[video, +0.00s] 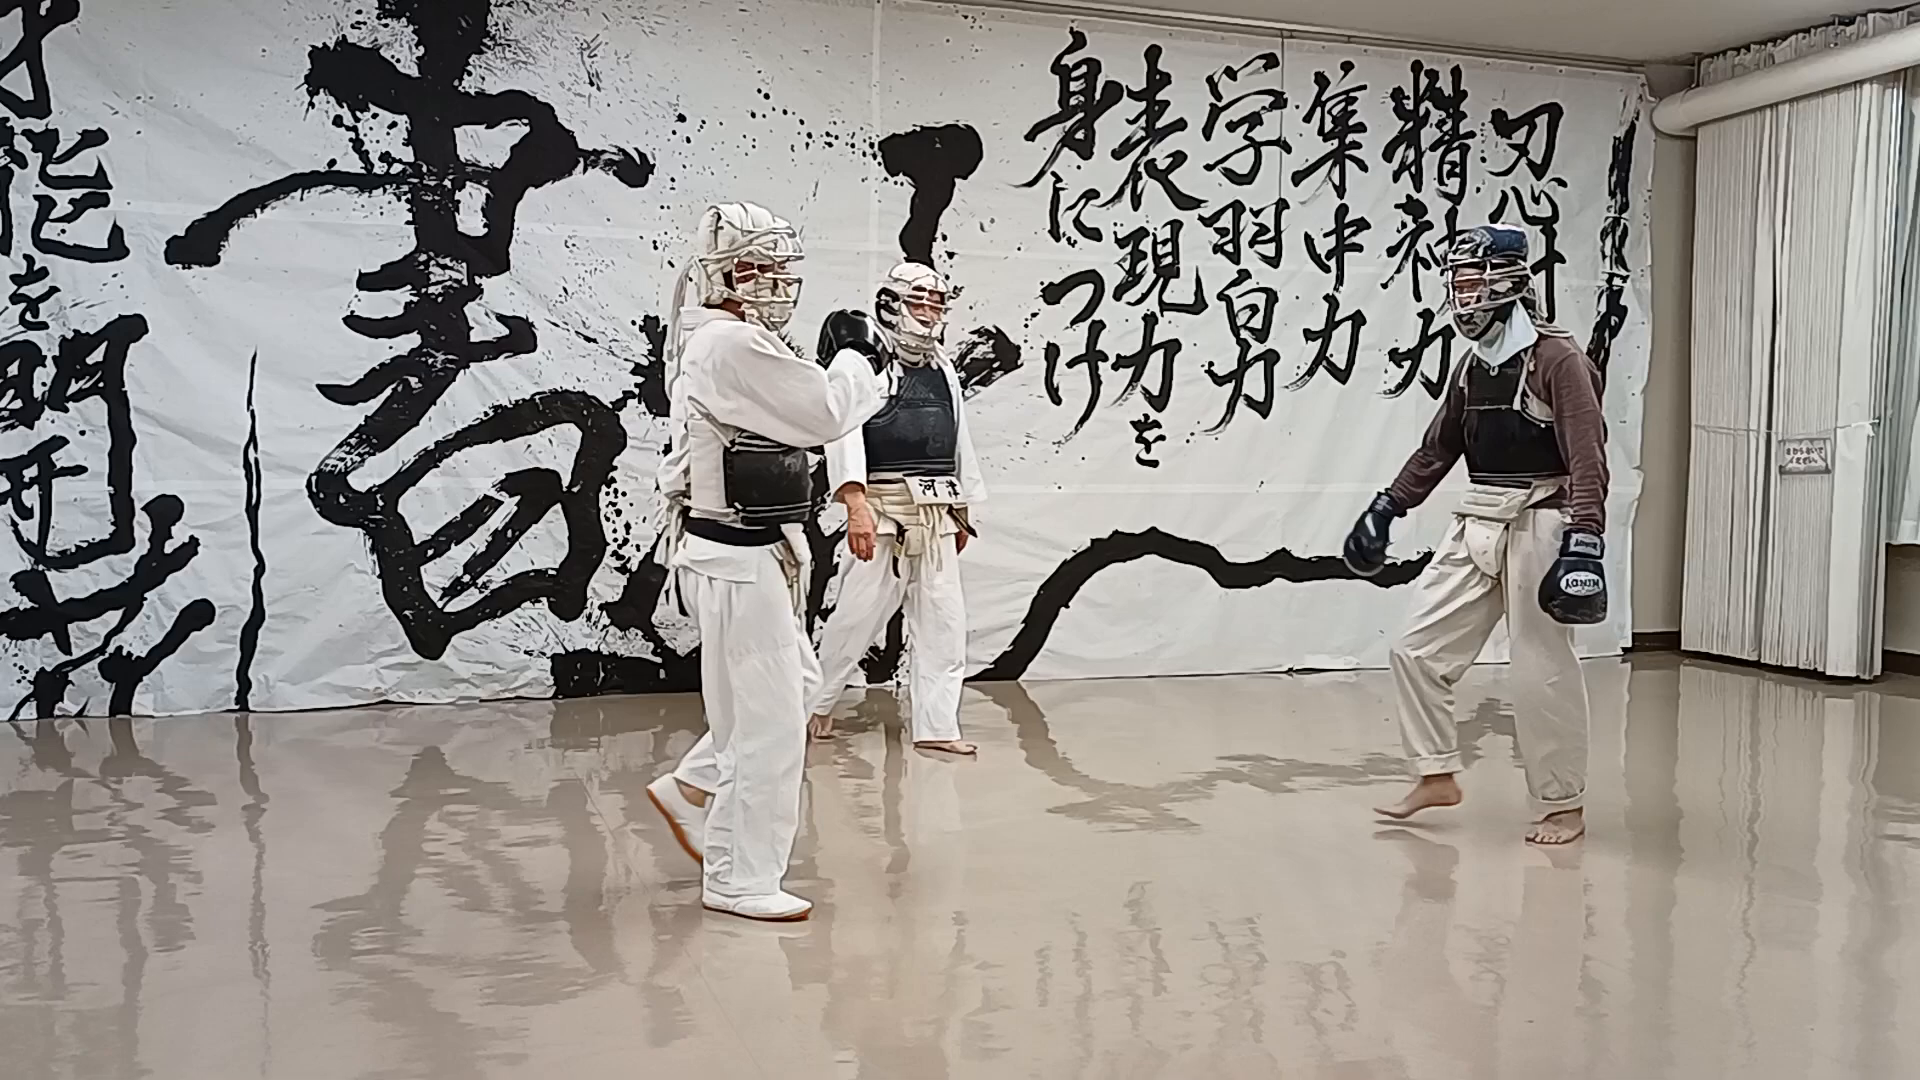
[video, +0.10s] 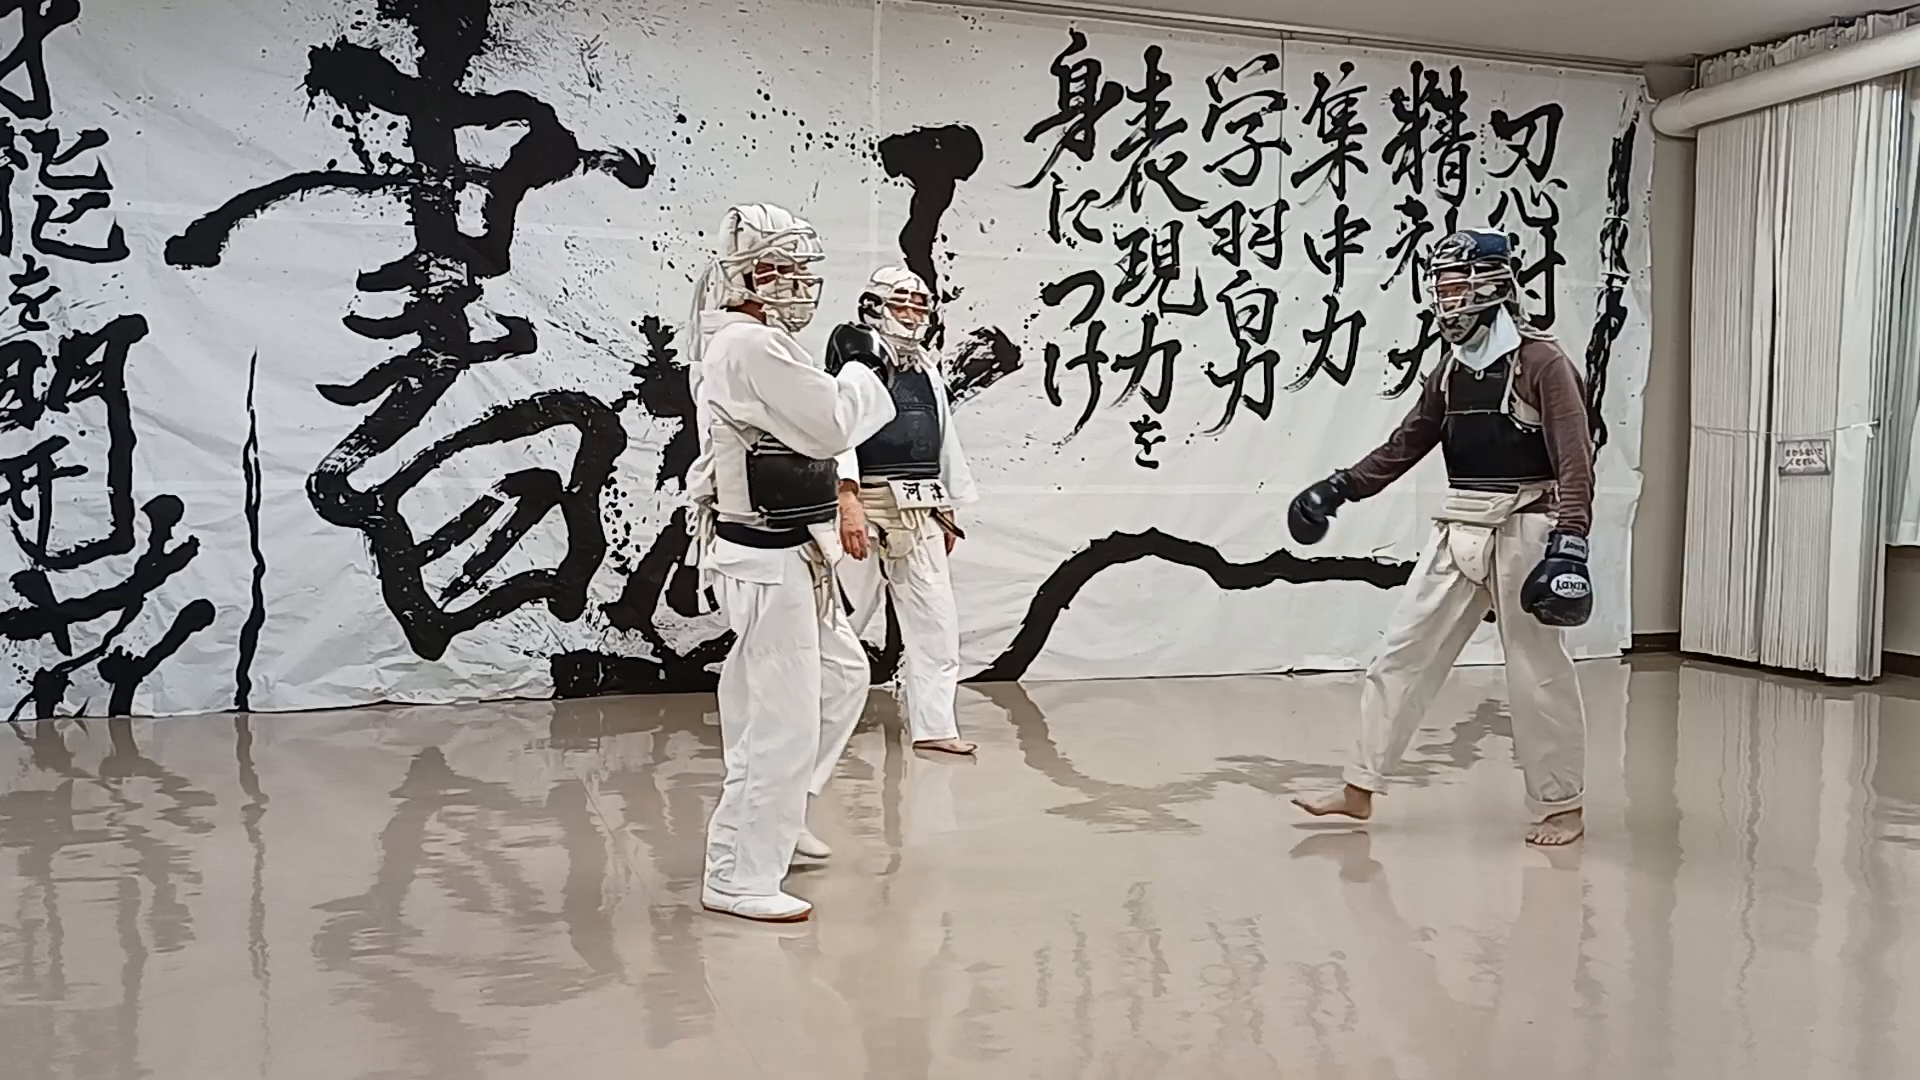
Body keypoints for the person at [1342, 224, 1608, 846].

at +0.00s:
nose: (1462, 293)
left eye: (1474, 281)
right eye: (1457, 282)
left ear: (1511, 284)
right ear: (1453, 286)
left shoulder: (1557, 359)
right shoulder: (1473, 367)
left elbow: (1587, 455)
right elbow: (1436, 450)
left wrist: (1585, 542)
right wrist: (1384, 508)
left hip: (1542, 523)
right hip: (1478, 522)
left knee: (1541, 666)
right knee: (1416, 650)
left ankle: (1563, 806)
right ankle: (1436, 777)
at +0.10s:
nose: (1446, 297)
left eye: (1458, 285)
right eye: (1442, 286)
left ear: (1494, 286)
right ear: (1438, 291)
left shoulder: (1541, 359)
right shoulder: (1450, 369)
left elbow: (1575, 459)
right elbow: (1404, 446)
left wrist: (1570, 546)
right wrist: (1336, 488)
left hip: (1528, 529)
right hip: (1460, 530)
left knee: (1538, 673)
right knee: (1400, 657)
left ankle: (1563, 808)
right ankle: (1358, 791)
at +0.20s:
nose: (1420, 304)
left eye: (1432, 291)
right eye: (1414, 294)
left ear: (1467, 292)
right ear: (1408, 300)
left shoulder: (1517, 368)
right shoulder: (1415, 381)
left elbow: (1555, 468)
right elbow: (1355, 441)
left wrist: (1554, 549)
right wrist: (1286, 463)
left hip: (1505, 535)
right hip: (1435, 537)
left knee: (1528, 673)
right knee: (1382, 662)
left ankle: (1560, 806)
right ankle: (1323, 795)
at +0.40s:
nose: (1348, 301)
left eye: (1359, 288)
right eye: (1341, 291)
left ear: (1395, 287)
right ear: (1336, 296)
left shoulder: (1450, 359)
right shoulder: (1346, 368)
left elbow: (1494, 454)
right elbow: (1275, 416)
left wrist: (1514, 543)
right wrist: (1210, 412)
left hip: (1449, 533)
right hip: (1374, 536)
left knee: (1491, 668)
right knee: (1341, 671)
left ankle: (1545, 794)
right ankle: (1318, 802)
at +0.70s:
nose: (1306, 318)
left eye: (1316, 305)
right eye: (1299, 307)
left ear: (1352, 300)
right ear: (1294, 310)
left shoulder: (1415, 362)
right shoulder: (1302, 378)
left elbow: (1463, 452)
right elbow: (1261, 447)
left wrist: (1458, 532)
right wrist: (1216, 494)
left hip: (1427, 528)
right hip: (1352, 534)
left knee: (1468, 663)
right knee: (1332, 668)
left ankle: (1506, 792)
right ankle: (1318, 801)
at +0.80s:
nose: (1318, 317)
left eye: (1329, 303)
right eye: (1311, 307)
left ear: (1364, 300)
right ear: (1305, 311)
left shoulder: (1426, 365)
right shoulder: (1315, 383)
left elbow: (1472, 454)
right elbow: (1298, 478)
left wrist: (1461, 531)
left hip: (1433, 529)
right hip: (1356, 533)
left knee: (1468, 665)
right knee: (1333, 670)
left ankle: (1504, 793)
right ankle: (1317, 802)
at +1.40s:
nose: (1331, 314)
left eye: (1343, 302)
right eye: (1326, 304)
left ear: (1378, 301)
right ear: (1323, 308)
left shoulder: (1439, 366)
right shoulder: (1332, 381)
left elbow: (1508, 439)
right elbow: (1279, 441)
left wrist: (1503, 496)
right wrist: (1221, 484)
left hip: (1446, 528)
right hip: (1370, 532)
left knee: (1474, 665)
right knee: (1331, 660)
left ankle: (1500, 800)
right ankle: (1286, 795)